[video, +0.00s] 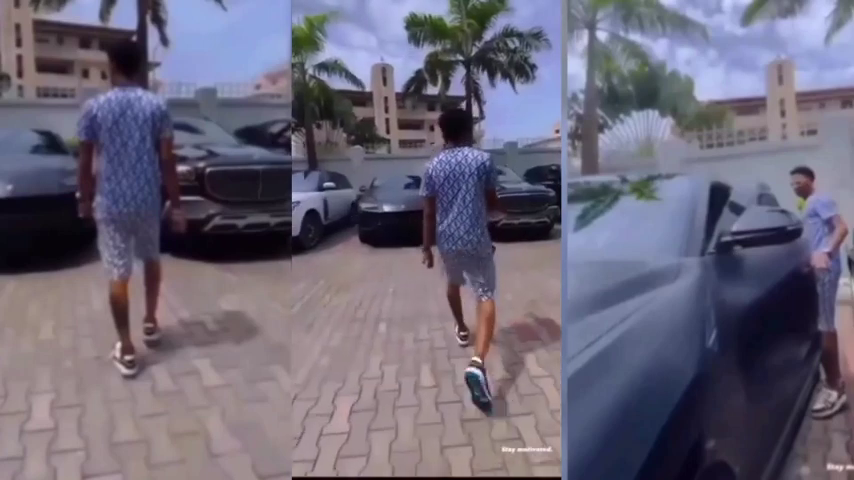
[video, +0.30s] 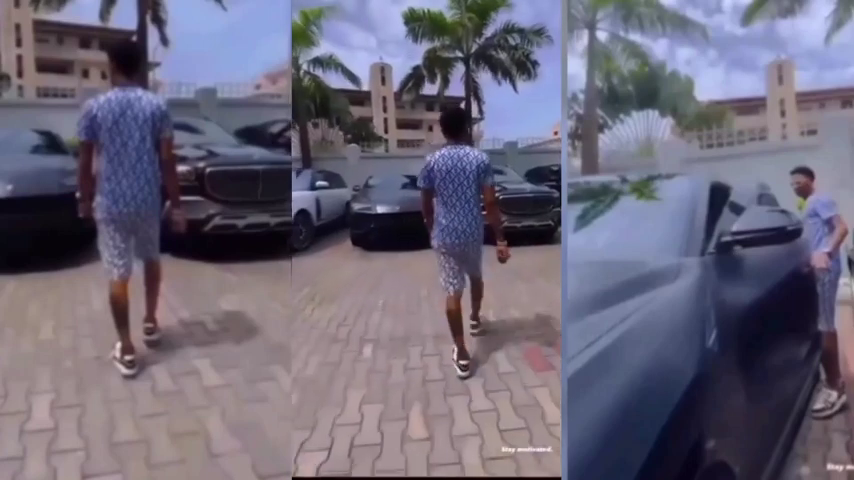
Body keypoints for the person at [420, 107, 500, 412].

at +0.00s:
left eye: (442, 129)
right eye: (469, 128)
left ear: (443, 132)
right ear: (470, 130)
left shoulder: (434, 165)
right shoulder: (482, 160)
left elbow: (429, 211)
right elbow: (491, 201)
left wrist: (426, 247)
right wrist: (501, 210)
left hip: (447, 240)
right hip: (476, 239)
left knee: (453, 284)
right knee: (486, 295)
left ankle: (462, 329)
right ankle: (478, 360)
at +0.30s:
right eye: (469, 127)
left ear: (443, 131)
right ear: (468, 129)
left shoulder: (433, 160)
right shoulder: (479, 159)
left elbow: (426, 203)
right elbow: (489, 202)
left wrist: (431, 229)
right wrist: (500, 239)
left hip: (442, 231)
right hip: (471, 230)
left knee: (452, 290)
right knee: (475, 274)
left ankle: (461, 353)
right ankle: (474, 316)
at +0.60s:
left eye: (452, 130)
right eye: (469, 130)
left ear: (450, 132)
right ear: (472, 133)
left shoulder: (439, 161)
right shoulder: (481, 161)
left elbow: (432, 200)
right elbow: (490, 201)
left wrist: (429, 230)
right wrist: (496, 236)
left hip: (447, 229)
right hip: (473, 229)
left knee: (444, 276)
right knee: (471, 273)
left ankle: (452, 327)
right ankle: (464, 317)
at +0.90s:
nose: (454, 133)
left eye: (449, 128)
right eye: (466, 128)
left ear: (447, 130)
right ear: (470, 130)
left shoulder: (438, 158)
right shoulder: (480, 156)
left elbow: (432, 198)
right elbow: (489, 192)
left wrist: (430, 230)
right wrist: (489, 209)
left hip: (447, 222)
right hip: (472, 223)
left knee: (445, 263)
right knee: (471, 280)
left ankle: (448, 303)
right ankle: (464, 338)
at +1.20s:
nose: (437, 133)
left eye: (437, 129)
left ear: (437, 130)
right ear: (461, 129)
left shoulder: (430, 159)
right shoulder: (471, 155)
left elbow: (426, 199)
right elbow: (478, 192)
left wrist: (423, 230)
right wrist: (478, 219)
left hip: (441, 223)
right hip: (467, 223)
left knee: (442, 271)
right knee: (471, 269)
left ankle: (448, 312)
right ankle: (467, 315)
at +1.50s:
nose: (429, 133)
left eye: (429, 129)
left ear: (430, 130)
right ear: (452, 130)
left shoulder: (419, 158)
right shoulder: (460, 158)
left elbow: (409, 195)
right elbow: (468, 194)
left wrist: (410, 221)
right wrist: (475, 225)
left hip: (428, 224)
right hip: (454, 224)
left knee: (434, 277)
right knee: (456, 263)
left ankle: (439, 332)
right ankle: (454, 300)